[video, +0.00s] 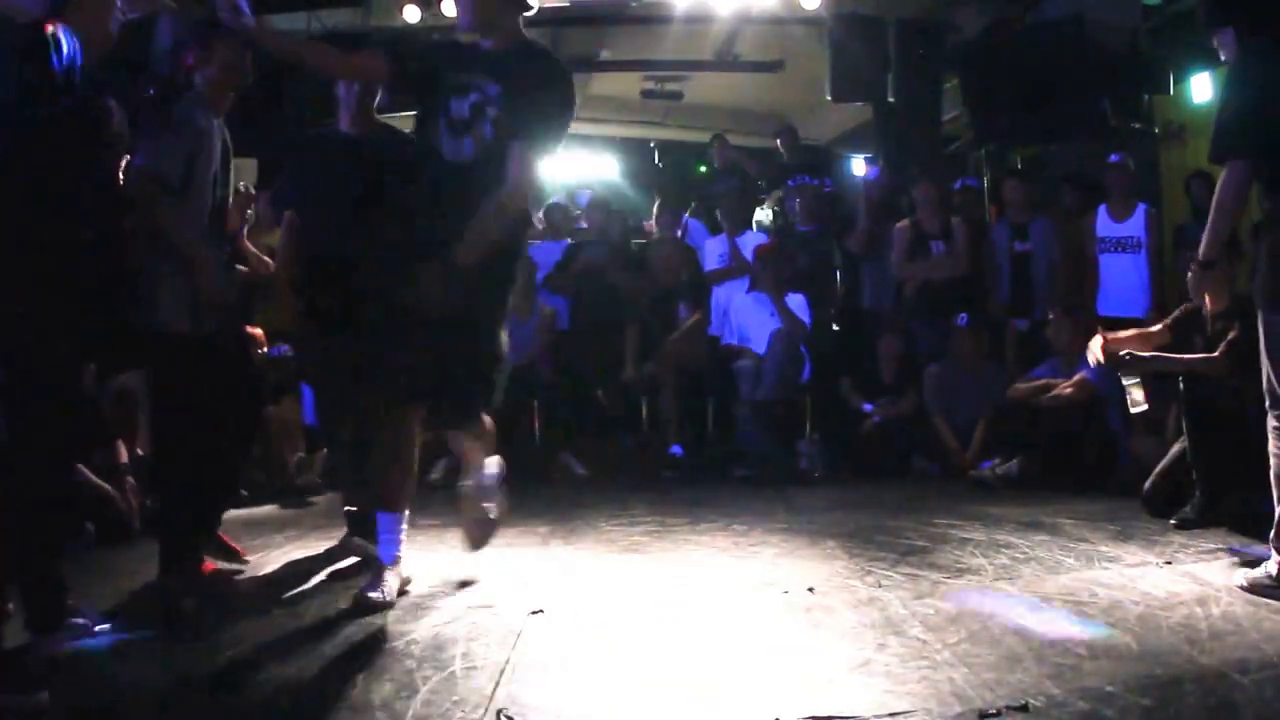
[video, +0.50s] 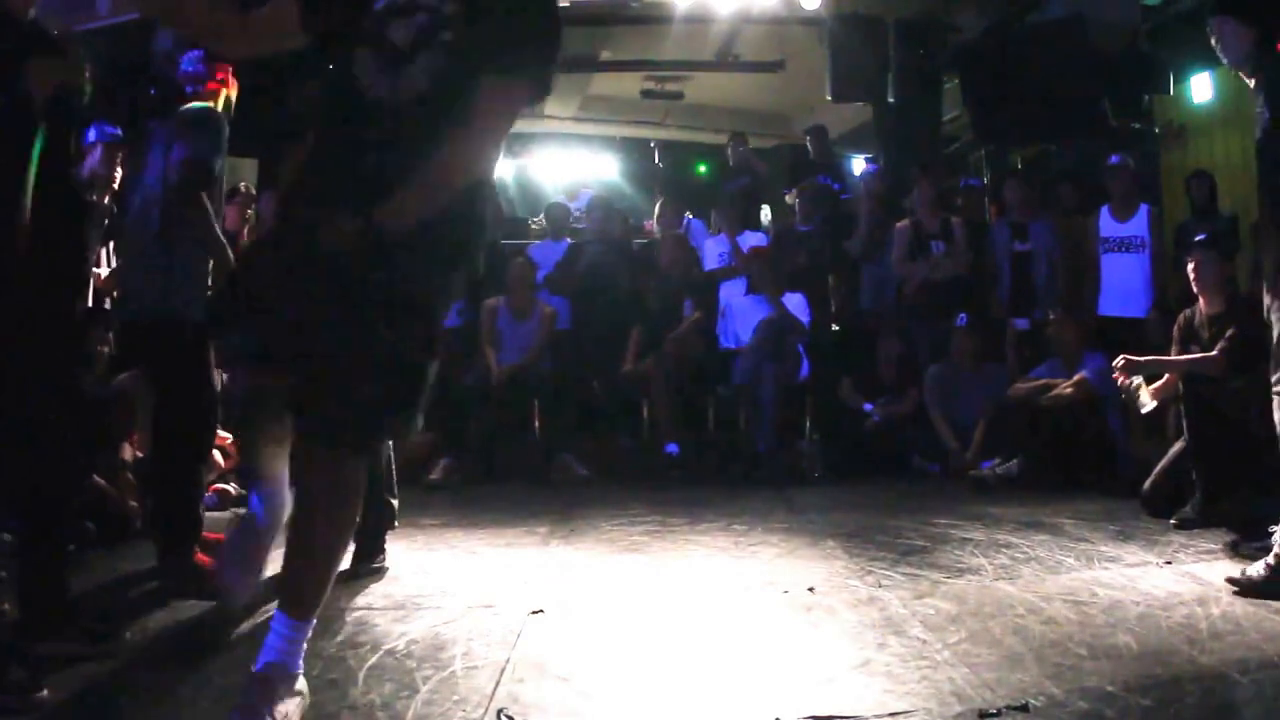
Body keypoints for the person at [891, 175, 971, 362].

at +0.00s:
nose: (926, 204)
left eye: (929, 198)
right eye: (921, 198)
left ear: (938, 198)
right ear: (914, 200)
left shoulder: (955, 226)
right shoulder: (904, 229)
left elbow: (961, 265)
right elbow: (898, 269)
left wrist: (921, 276)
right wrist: (940, 264)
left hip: (950, 300)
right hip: (917, 303)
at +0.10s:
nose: (926, 204)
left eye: (930, 197)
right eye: (921, 198)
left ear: (939, 198)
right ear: (914, 200)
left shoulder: (956, 227)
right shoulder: (904, 229)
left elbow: (960, 267)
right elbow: (898, 269)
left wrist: (921, 276)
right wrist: (941, 266)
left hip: (950, 298)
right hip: (916, 301)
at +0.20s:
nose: (927, 203)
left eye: (931, 197)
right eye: (923, 198)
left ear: (938, 199)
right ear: (915, 200)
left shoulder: (955, 225)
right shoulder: (904, 228)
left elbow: (961, 264)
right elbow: (897, 267)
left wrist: (922, 274)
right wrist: (934, 267)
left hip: (949, 293)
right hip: (918, 296)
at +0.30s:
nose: (928, 206)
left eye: (931, 200)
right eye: (923, 200)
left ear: (938, 200)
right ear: (915, 201)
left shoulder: (954, 225)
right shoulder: (903, 229)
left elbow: (961, 263)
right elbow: (898, 267)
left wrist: (926, 273)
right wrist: (930, 268)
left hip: (948, 291)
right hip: (917, 293)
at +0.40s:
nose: (927, 197)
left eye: (930, 192)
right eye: (922, 193)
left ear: (938, 195)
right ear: (915, 196)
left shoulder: (954, 225)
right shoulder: (904, 228)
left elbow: (961, 261)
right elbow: (899, 267)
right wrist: (932, 268)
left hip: (948, 291)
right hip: (918, 293)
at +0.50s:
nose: (926, 202)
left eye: (930, 196)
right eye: (922, 196)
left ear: (937, 197)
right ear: (915, 199)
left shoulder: (955, 225)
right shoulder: (904, 229)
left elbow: (961, 262)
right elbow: (899, 267)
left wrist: (926, 272)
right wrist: (935, 267)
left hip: (949, 294)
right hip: (917, 297)